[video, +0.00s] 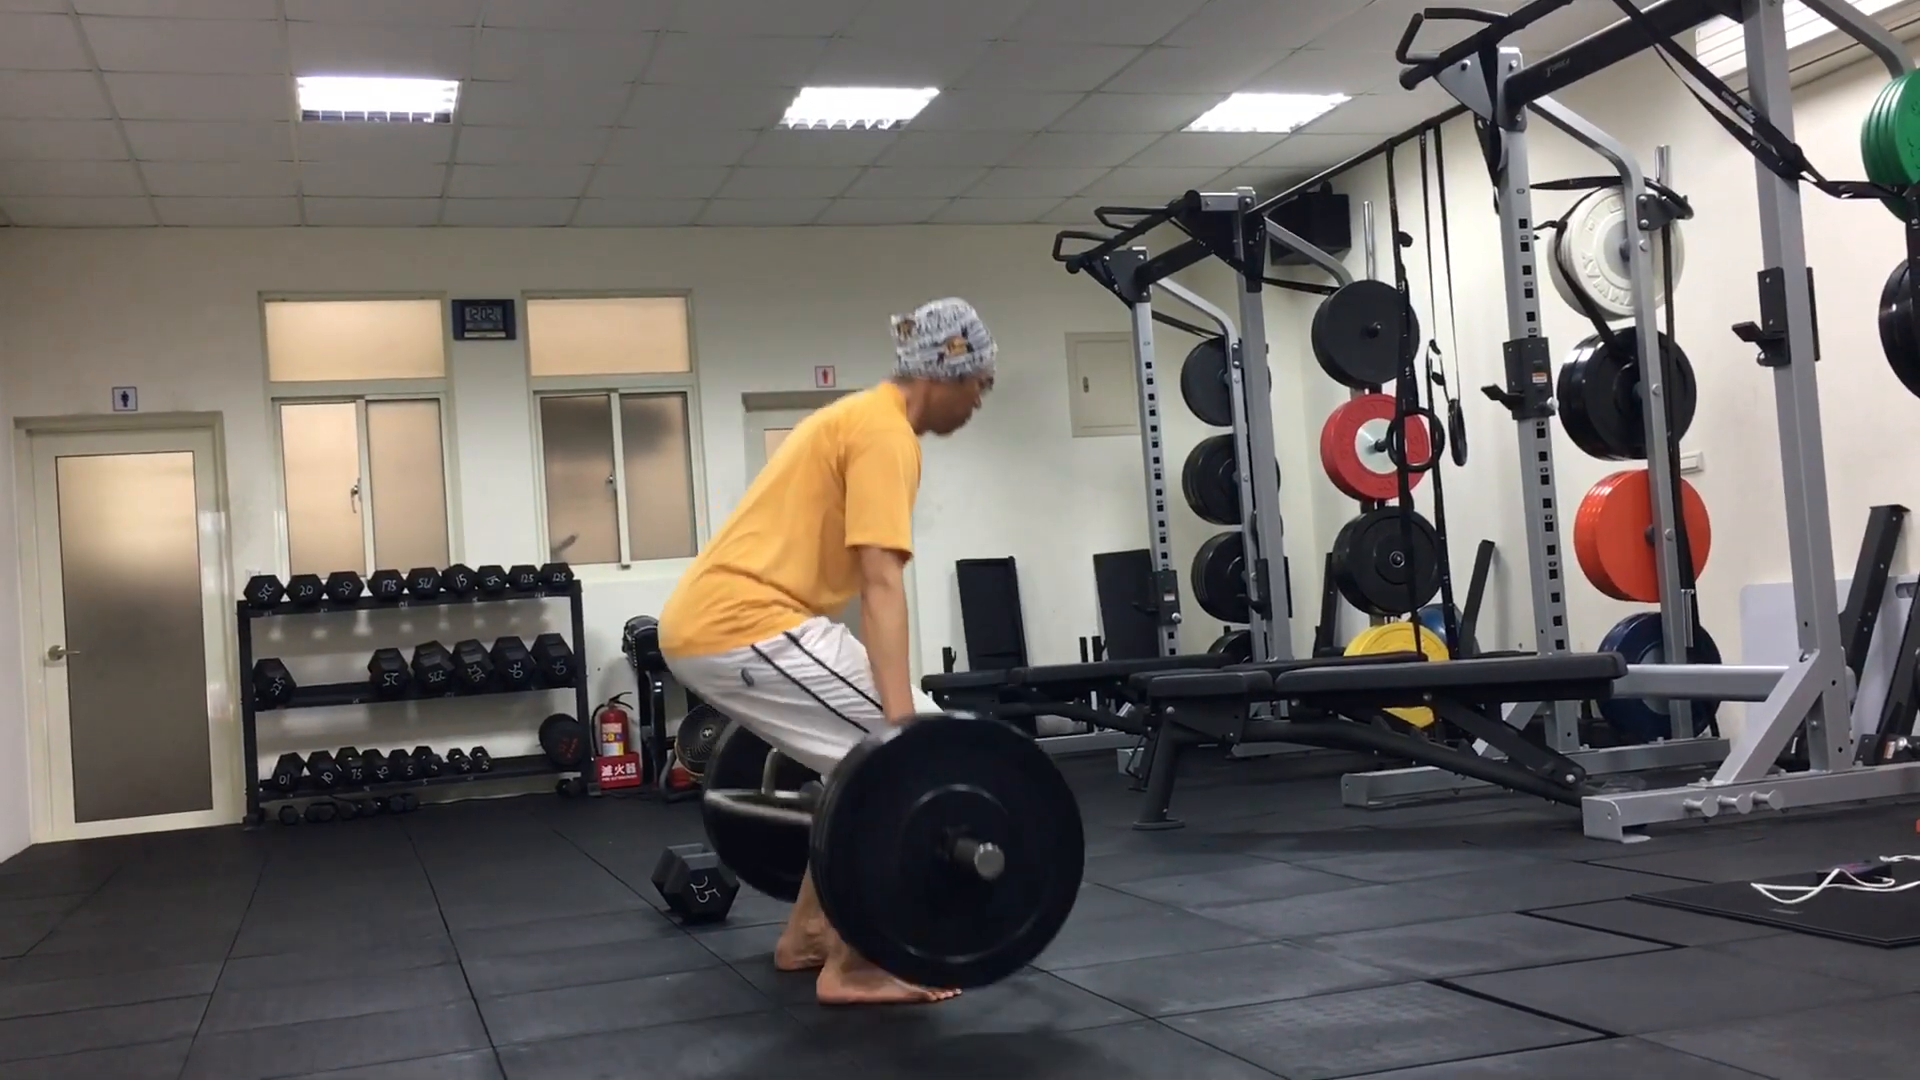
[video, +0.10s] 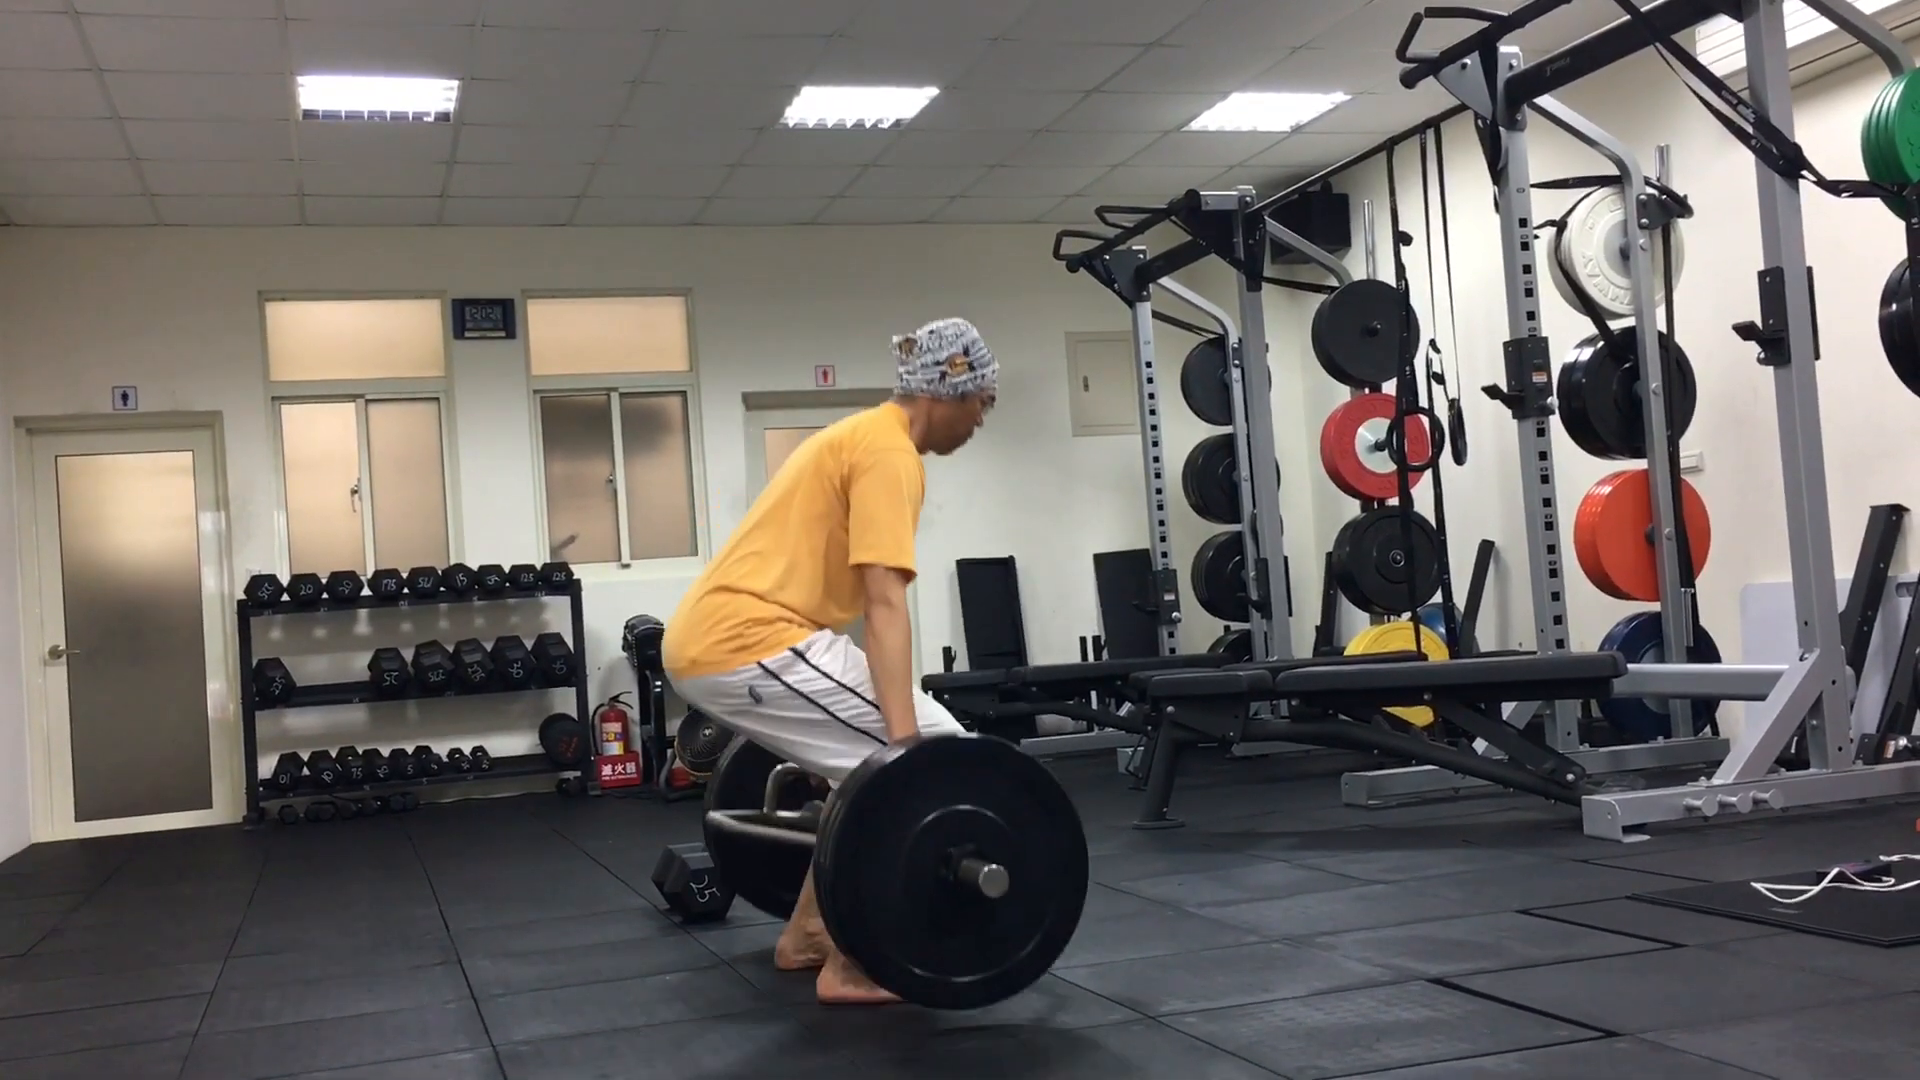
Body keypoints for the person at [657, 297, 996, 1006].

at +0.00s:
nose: (978, 404)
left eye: (983, 389)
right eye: (978, 386)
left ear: (920, 370)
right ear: (945, 373)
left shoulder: (858, 419)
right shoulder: (883, 429)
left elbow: (868, 581)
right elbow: (880, 582)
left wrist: (891, 705)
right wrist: (900, 720)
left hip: (711, 618)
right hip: (740, 620)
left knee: (876, 739)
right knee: (890, 745)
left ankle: (808, 931)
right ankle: (856, 964)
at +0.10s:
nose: (980, 423)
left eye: (985, 408)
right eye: (980, 405)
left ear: (921, 390)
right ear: (946, 393)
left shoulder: (858, 438)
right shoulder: (887, 448)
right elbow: (883, 604)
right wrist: (904, 741)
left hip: (708, 640)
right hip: (749, 640)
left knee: (880, 755)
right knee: (936, 753)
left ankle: (807, 933)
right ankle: (852, 963)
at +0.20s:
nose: (980, 437)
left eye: (987, 422)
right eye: (982, 418)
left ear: (924, 402)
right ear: (946, 404)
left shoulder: (860, 449)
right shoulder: (890, 459)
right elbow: (886, 612)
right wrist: (905, 742)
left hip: (709, 652)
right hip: (753, 651)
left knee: (885, 755)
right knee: (944, 745)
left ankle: (808, 933)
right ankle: (853, 962)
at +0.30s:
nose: (986, 444)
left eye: (991, 429)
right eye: (986, 425)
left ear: (926, 410)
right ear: (950, 414)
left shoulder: (864, 457)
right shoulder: (895, 468)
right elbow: (890, 620)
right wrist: (908, 753)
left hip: (711, 657)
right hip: (755, 656)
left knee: (890, 752)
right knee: (947, 745)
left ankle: (807, 932)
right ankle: (856, 962)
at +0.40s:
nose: (992, 441)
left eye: (997, 426)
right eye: (992, 423)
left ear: (932, 408)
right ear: (953, 411)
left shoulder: (868, 455)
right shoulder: (898, 466)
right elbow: (894, 622)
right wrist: (912, 757)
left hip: (714, 651)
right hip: (756, 652)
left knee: (888, 753)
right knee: (947, 748)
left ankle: (808, 930)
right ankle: (857, 961)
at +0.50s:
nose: (997, 436)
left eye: (1001, 421)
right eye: (997, 418)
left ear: (936, 404)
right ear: (961, 407)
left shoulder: (873, 452)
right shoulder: (903, 464)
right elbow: (896, 618)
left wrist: (853, 753)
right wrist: (912, 754)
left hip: (718, 645)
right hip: (759, 647)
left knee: (885, 754)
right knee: (947, 749)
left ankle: (808, 931)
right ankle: (856, 961)